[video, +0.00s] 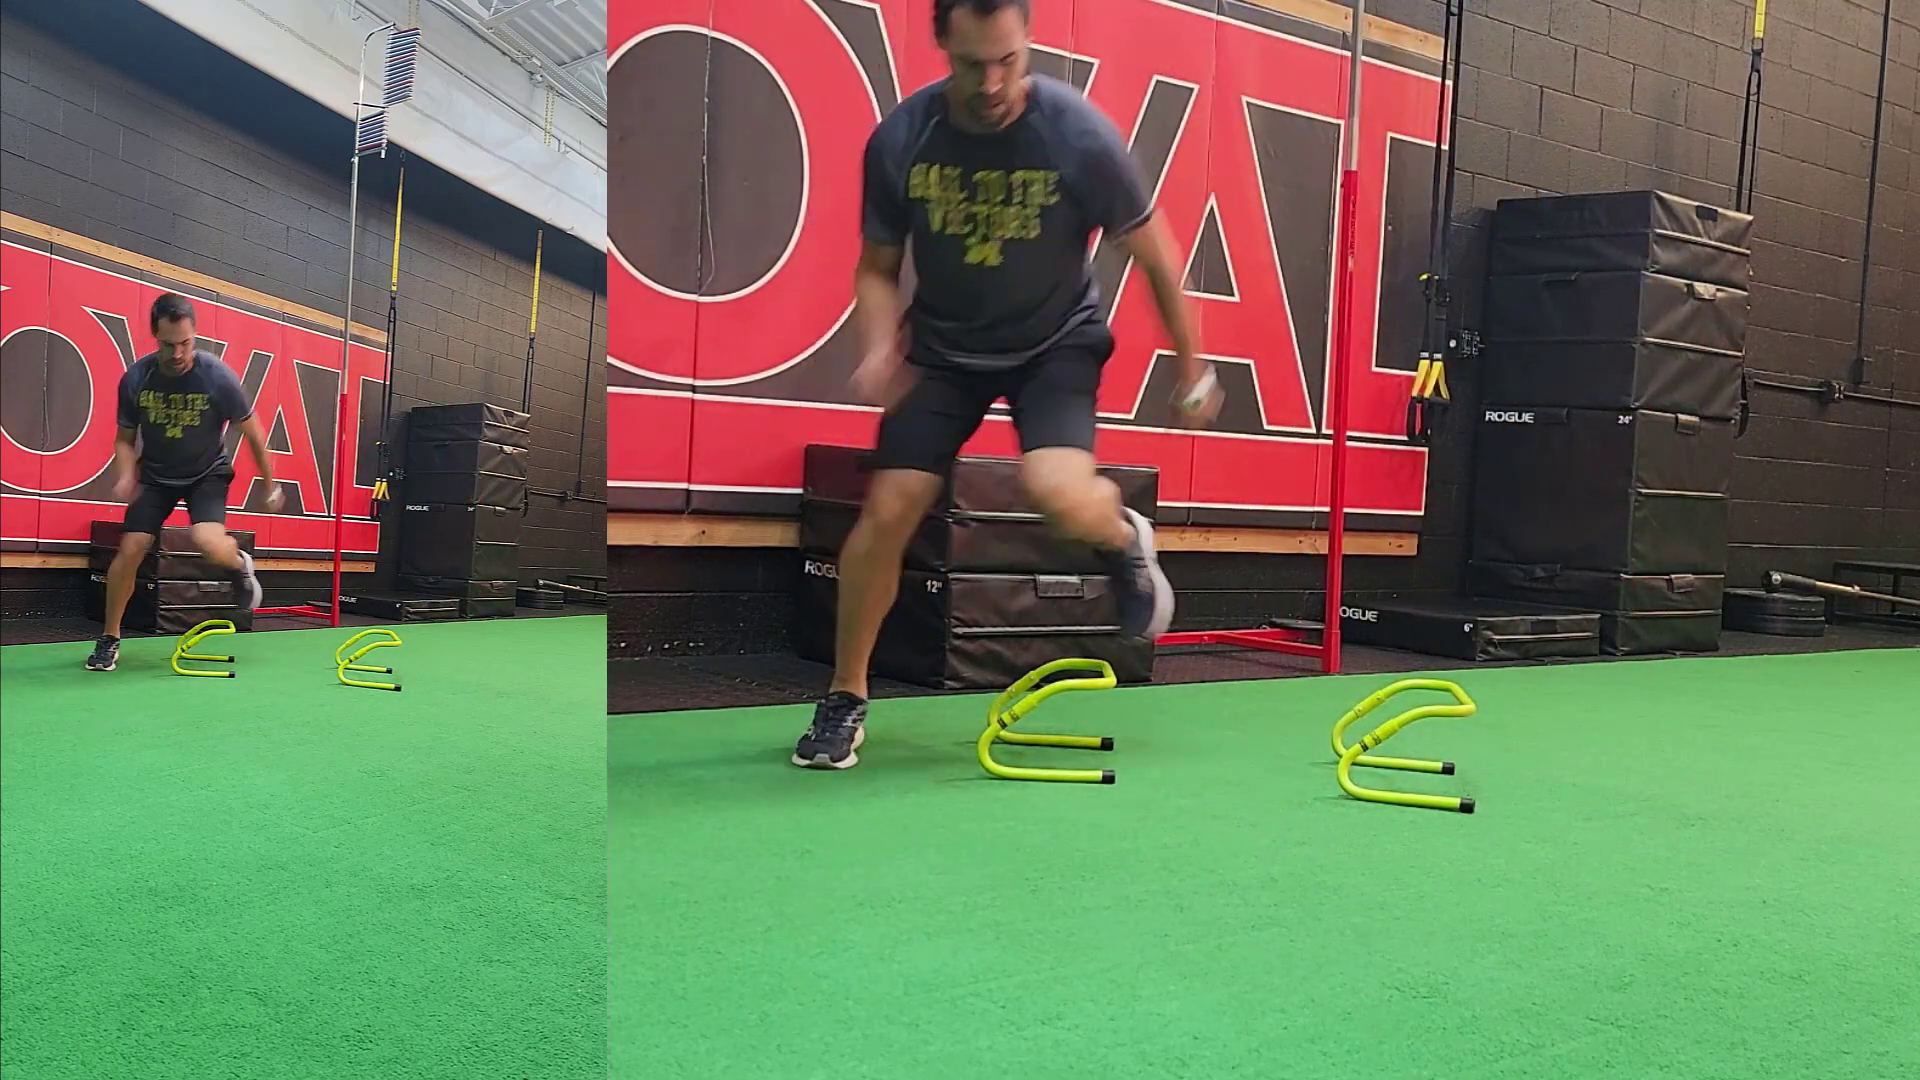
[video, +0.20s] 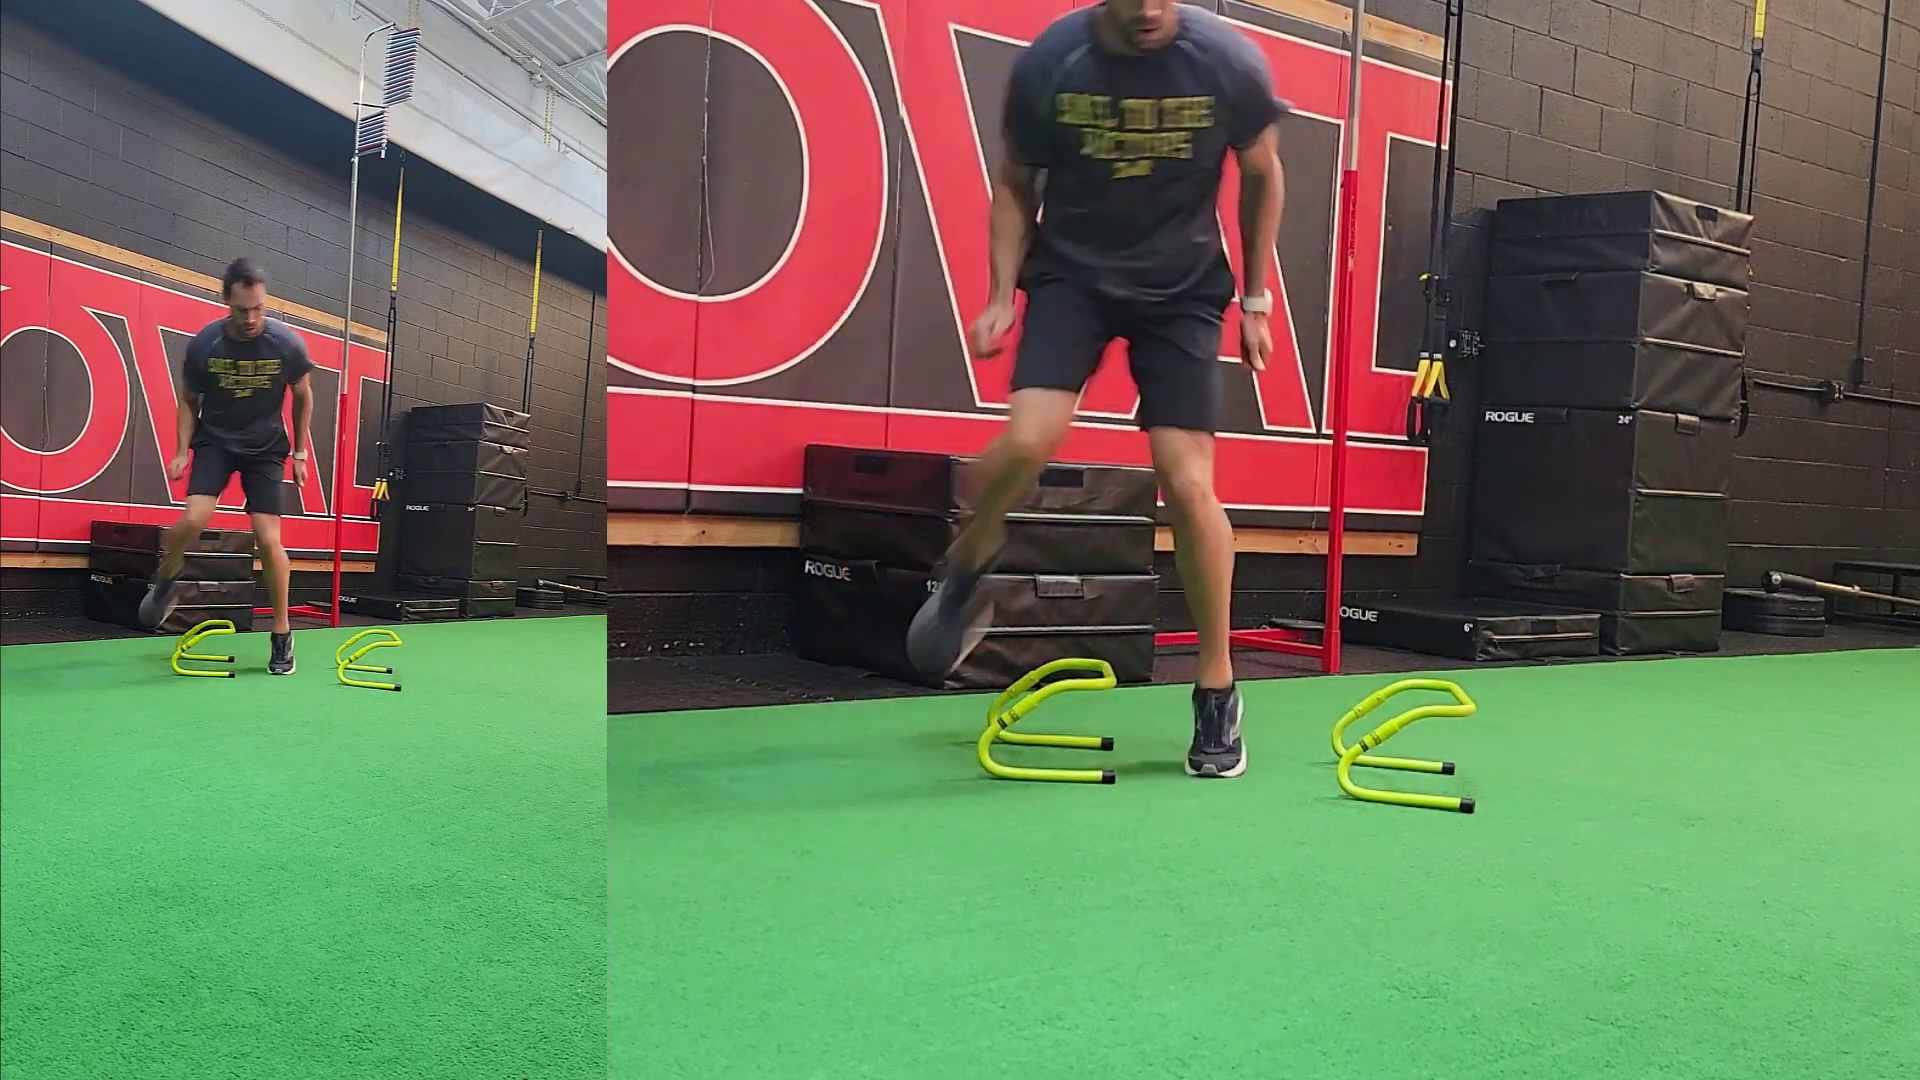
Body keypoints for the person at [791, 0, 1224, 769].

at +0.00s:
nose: (991, 83)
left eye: (1006, 62)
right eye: (972, 66)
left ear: (1029, 43)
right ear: (942, 51)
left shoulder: (1083, 139)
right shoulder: (899, 141)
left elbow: (1159, 258)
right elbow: (878, 266)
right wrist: (879, 347)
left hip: (1054, 346)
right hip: (943, 350)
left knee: (1058, 492)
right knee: (890, 506)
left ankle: (1128, 546)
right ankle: (845, 696)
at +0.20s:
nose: (1151, 13)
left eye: (1163, 1)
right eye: (1134, 3)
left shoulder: (1229, 64)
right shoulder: (1047, 64)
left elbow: (1264, 172)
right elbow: (1014, 185)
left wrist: (1257, 295)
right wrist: (1001, 294)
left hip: (1179, 289)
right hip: (1071, 280)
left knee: (1188, 485)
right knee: (1028, 445)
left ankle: (1216, 692)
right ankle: (963, 572)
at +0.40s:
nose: (1293, 8)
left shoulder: (1343, 54)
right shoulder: (1165, 57)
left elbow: (1369, 164)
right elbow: (1108, 181)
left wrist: (1343, 186)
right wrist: (1082, 317)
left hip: (1298, 282)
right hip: (1198, 274)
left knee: (1295, 459)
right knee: (1223, 437)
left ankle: (1250, 644)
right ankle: (1194, 642)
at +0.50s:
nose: (1347, 22)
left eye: (1359, 7)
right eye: (1330, 6)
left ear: (1373, 5)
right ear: (1290, 2)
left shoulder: (1400, 83)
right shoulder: (1225, 90)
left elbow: (1413, 194)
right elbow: (1169, 231)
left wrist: (1419, 304)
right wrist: (1173, 353)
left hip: (1355, 311)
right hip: (1243, 312)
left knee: (1402, 465)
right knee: (1243, 511)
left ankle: (1342, 505)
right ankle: (1204, 714)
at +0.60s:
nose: (1409, 26)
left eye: (1423, 10)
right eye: (1392, 9)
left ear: (1439, 10)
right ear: (1351, 7)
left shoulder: (1461, 78)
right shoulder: (1288, 90)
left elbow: (1474, 177)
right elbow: (1232, 225)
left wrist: (1469, 295)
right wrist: (1247, 351)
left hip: (1423, 310)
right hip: (1308, 323)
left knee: (1501, 466)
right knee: (1286, 503)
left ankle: (1486, 584)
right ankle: (1211, 709)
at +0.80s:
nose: (1543, 91)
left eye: (1558, 71)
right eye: (1525, 72)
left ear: (1573, 53)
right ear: (1481, 51)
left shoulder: (1594, 129)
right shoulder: (1421, 147)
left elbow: (1594, 220)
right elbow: (1390, 288)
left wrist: (1571, 316)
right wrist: (1499, 282)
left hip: (1541, 352)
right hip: (1434, 345)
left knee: (1582, 537)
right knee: (1419, 476)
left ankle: (1625, 729)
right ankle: (1426, 504)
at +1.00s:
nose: (1609, 147)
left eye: (1623, 126)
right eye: (1591, 128)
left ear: (1636, 109)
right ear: (1547, 107)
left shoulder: (1655, 169)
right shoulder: (1486, 202)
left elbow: (1653, 241)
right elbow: (1449, 348)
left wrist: (1626, 315)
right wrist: (1559, 339)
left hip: (1611, 378)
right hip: (1510, 385)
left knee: (1640, 536)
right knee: (1591, 499)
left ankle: (1635, 733)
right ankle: (1574, 590)